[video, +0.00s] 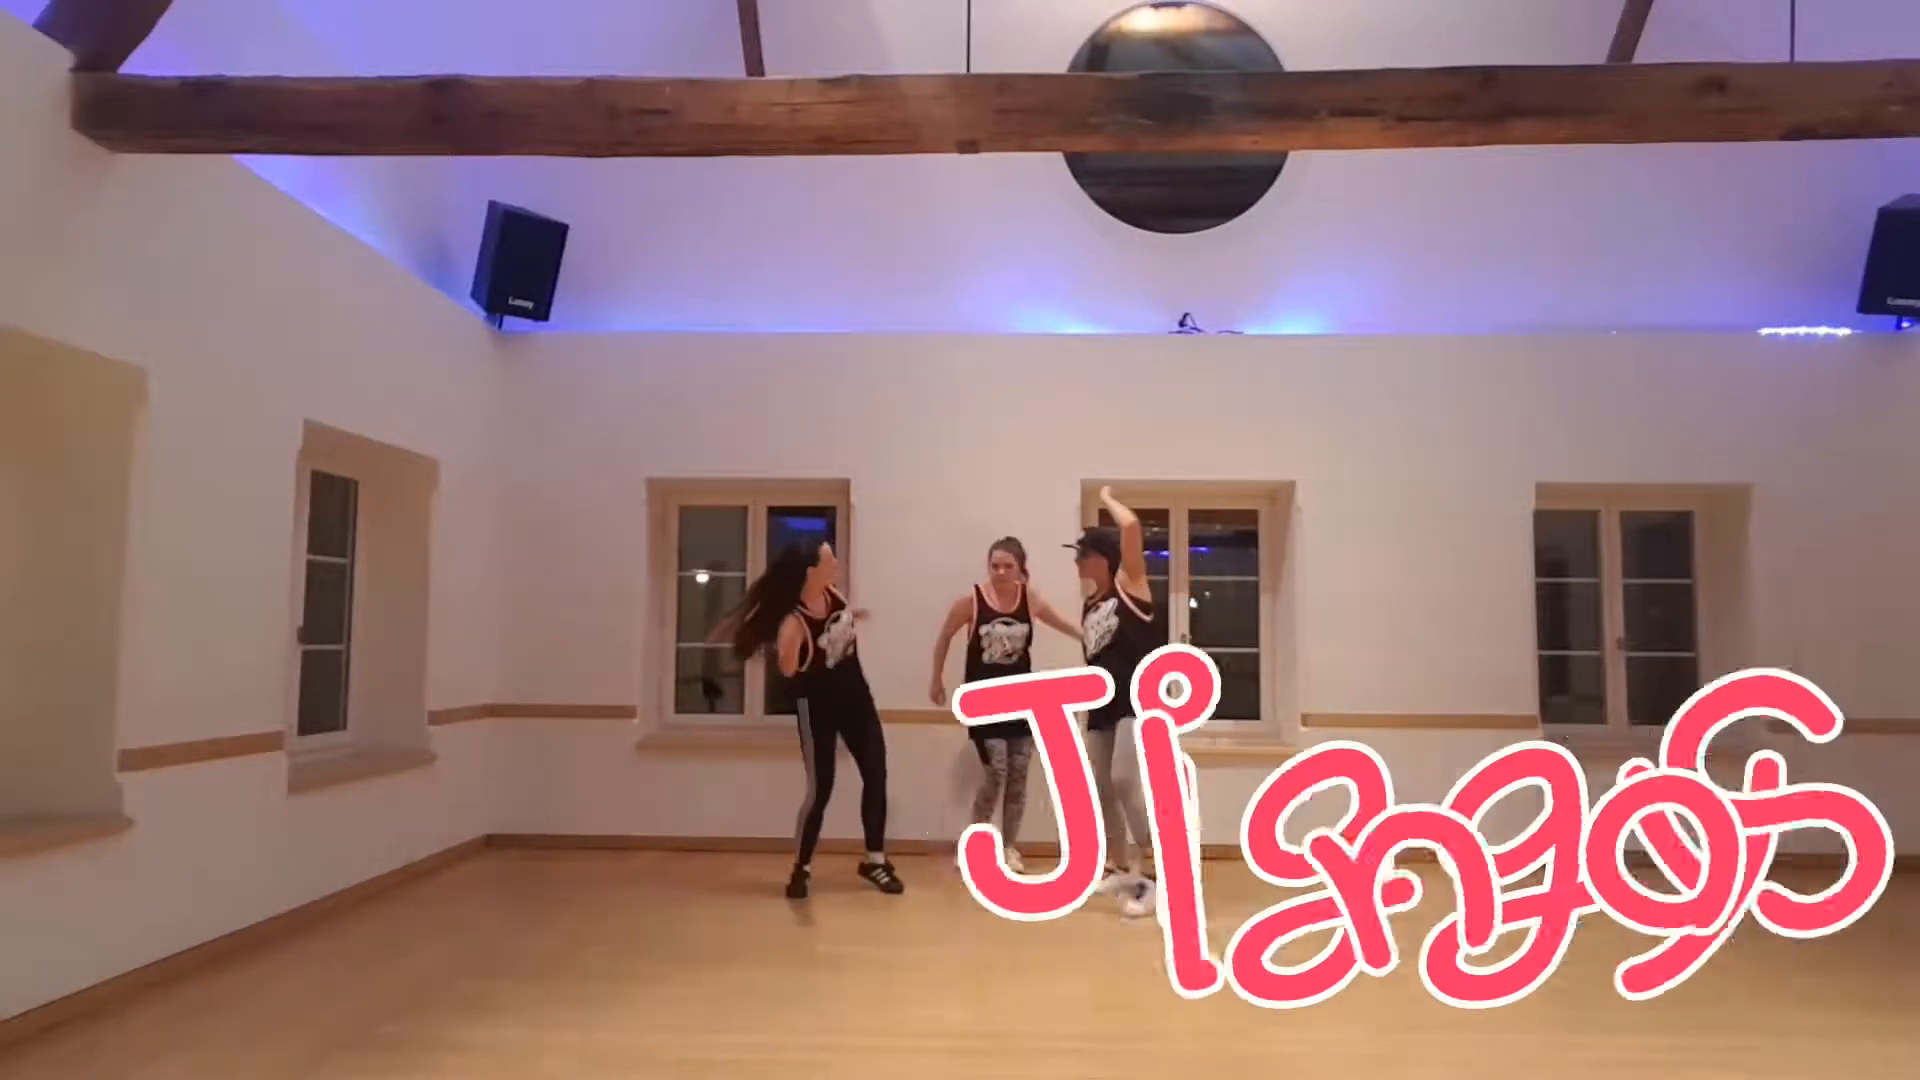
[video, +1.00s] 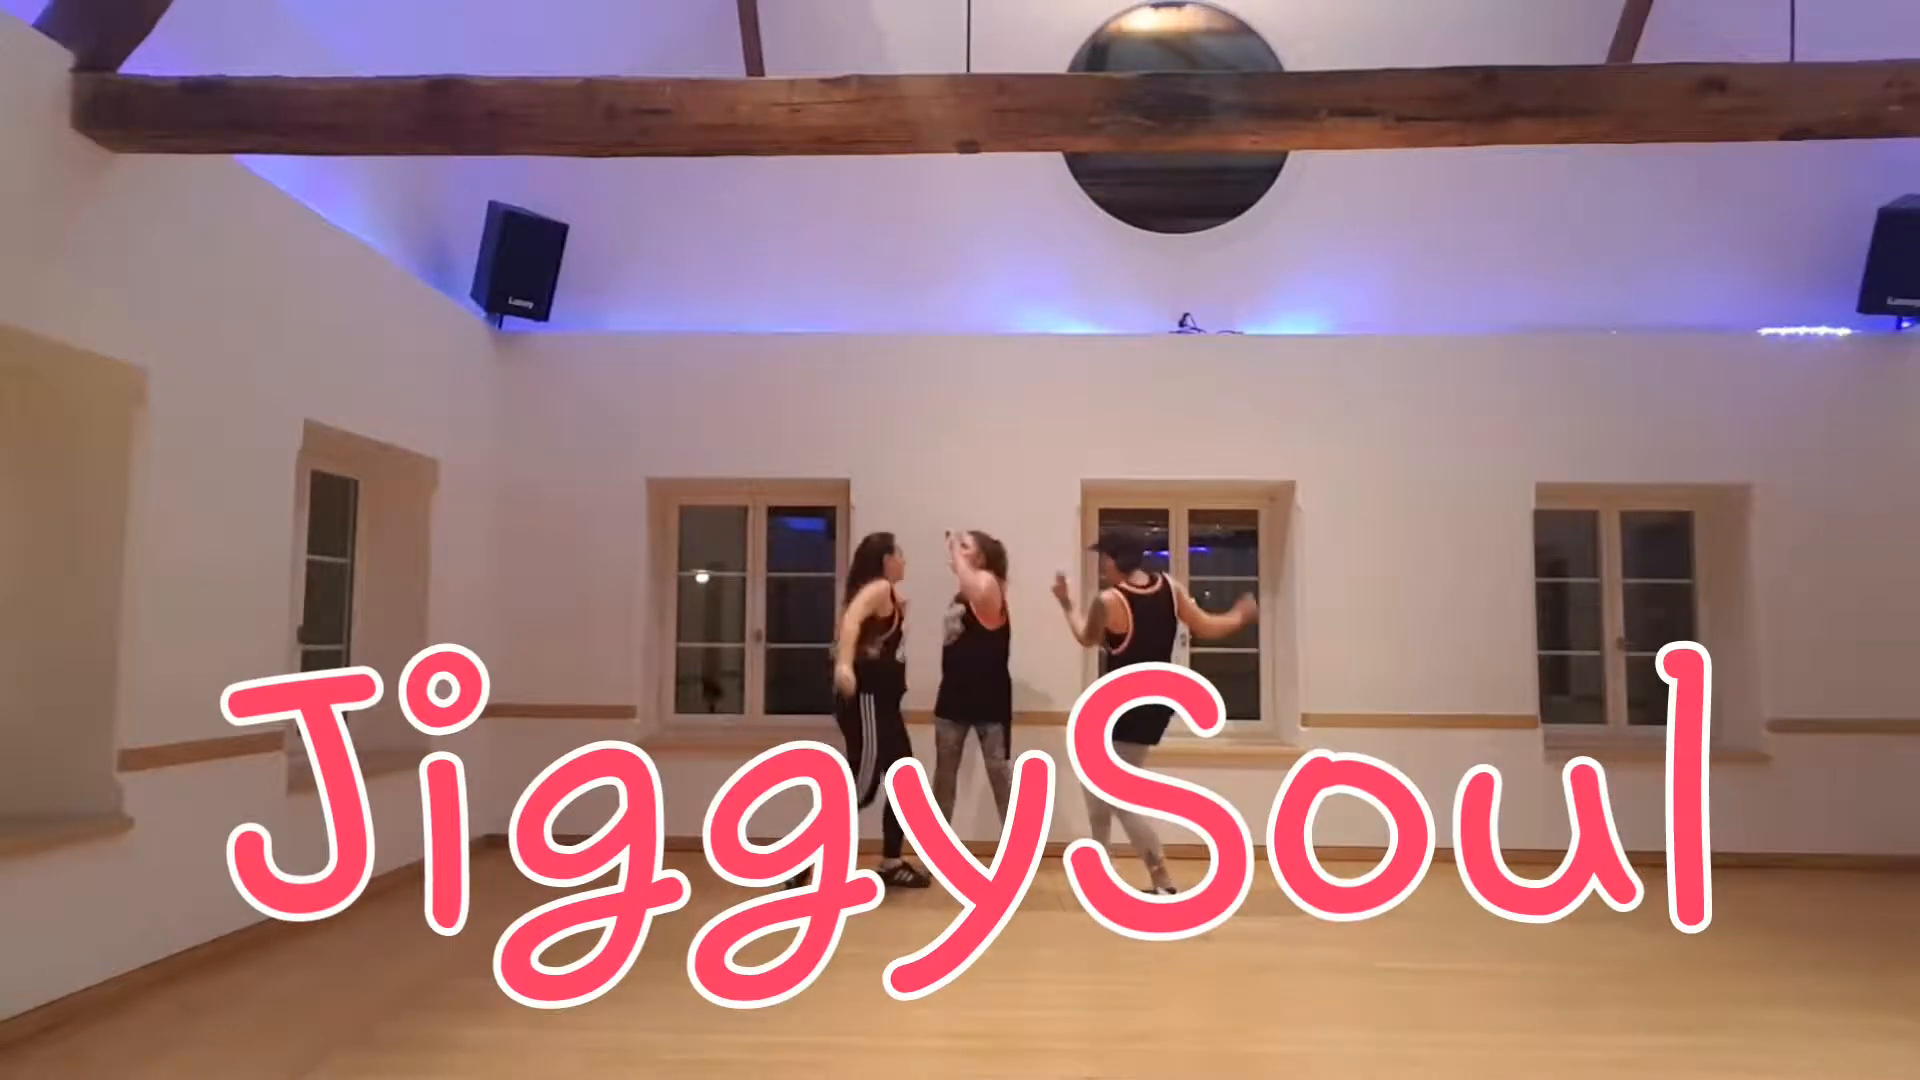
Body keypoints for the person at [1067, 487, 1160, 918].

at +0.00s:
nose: (1079, 567)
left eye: (1085, 559)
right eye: (1079, 560)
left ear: (1106, 559)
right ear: (1090, 563)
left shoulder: (1131, 584)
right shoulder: (1092, 607)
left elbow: (1130, 525)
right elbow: (1092, 658)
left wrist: (1107, 497)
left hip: (1134, 706)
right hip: (1099, 709)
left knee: (1125, 781)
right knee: (1101, 788)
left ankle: (1152, 873)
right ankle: (1119, 869)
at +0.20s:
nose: (1090, 581)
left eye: (1095, 574)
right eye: (1090, 573)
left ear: (1115, 575)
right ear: (1100, 578)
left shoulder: (1140, 605)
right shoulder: (1116, 612)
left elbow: (1107, 566)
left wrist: (1092, 528)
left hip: (1138, 728)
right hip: (1116, 728)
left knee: (1117, 807)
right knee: (1088, 805)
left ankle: (1160, 884)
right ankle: (1117, 871)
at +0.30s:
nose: (1101, 585)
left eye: (1106, 576)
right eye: (1102, 574)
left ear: (1120, 573)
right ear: (1131, 569)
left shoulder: (1144, 600)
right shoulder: (1126, 605)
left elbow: (1093, 576)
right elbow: (1095, 576)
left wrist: (1080, 540)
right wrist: (1083, 541)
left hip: (1139, 722)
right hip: (1120, 721)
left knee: (1121, 803)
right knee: (1097, 802)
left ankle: (1161, 883)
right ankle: (1115, 872)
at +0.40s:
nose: (1096, 564)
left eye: (1101, 556)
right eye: (1097, 557)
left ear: (1116, 556)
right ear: (1122, 556)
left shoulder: (1139, 577)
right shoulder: (1129, 584)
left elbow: (1078, 576)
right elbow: (1085, 580)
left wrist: (1059, 537)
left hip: (1147, 703)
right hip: (1122, 703)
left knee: (1134, 792)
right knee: (1092, 783)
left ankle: (1164, 880)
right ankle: (1113, 858)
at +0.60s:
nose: (1101, 558)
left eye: (1106, 551)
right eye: (1102, 550)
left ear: (1125, 552)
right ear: (1139, 553)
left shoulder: (1117, 584)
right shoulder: (1170, 585)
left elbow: (1073, 604)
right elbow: (1200, 630)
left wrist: (1054, 564)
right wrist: (1225, 655)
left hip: (1129, 703)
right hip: (1159, 702)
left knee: (1133, 791)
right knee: (1103, 783)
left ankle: (1164, 883)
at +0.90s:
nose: (1101, 575)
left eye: (1104, 568)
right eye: (1102, 568)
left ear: (1117, 570)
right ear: (1142, 568)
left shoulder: (1112, 610)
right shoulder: (1174, 597)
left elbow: (1092, 642)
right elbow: (1210, 639)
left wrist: (1078, 606)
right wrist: (1247, 642)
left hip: (1122, 718)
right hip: (1161, 715)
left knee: (1113, 802)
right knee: (1106, 794)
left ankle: (1160, 884)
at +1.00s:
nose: (1100, 564)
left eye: (1103, 558)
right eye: (1101, 557)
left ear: (1114, 561)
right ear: (1138, 558)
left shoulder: (1108, 600)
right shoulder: (1169, 586)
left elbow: (1088, 638)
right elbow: (1205, 628)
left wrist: (1066, 604)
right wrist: (1240, 615)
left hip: (1120, 705)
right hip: (1157, 703)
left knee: (1103, 785)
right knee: (1117, 787)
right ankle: (1163, 883)